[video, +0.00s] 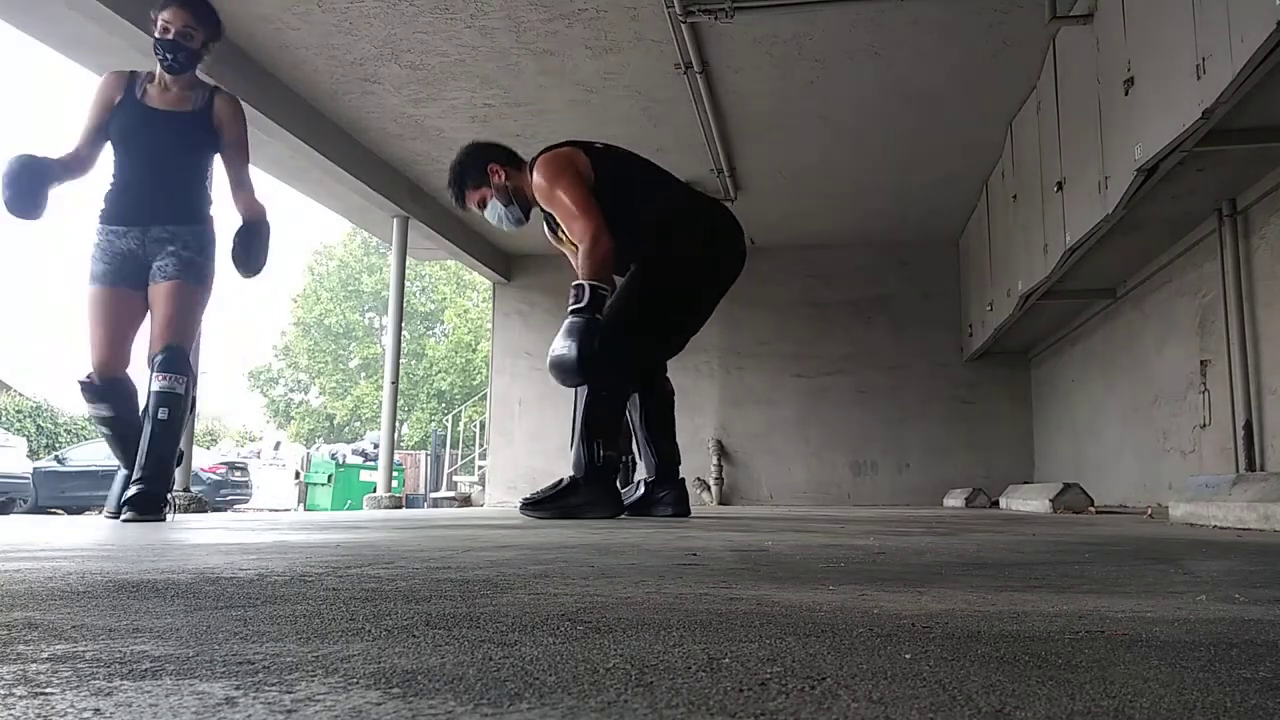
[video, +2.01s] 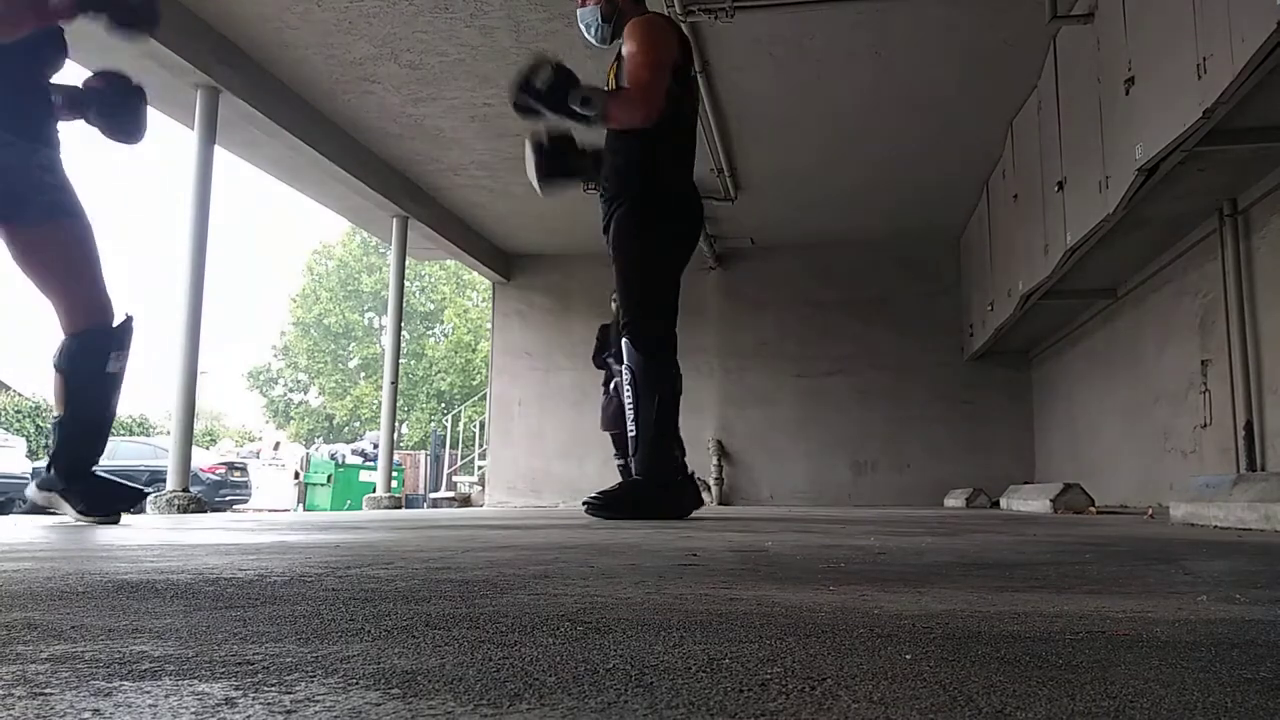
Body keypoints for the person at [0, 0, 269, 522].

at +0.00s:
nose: (172, 39)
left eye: (187, 33)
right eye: (166, 27)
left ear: (205, 45)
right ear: (153, 31)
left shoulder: (220, 105)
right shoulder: (119, 85)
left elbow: (241, 182)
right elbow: (81, 158)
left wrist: (255, 220)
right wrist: (44, 170)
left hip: (184, 237)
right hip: (118, 233)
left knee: (169, 361)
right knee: (103, 375)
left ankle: (151, 489)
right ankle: (138, 469)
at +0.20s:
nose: (149, 19)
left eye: (164, 12)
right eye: (142, 10)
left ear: (188, 23)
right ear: (132, 17)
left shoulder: (204, 84)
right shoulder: (107, 76)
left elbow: (221, 160)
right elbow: (87, 151)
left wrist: (191, 168)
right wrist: (80, 136)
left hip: (171, 224)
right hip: (108, 221)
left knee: (161, 354)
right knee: (62, 347)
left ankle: (150, 487)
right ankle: (81, 475)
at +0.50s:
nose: (108, 10)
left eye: (121, 4)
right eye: (100, 3)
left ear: (138, 9)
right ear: (83, 6)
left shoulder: (158, 67)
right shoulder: (47, 54)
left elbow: (195, 149)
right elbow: (14, 135)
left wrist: (160, 147)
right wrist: (34, 108)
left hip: (133, 216)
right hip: (59, 211)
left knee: (133, 354)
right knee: (17, 346)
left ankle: (146, 489)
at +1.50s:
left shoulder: (151, 31)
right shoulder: (29, 5)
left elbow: (147, 132)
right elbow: (1, 52)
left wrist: (157, 115)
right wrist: (26, 71)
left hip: (101, 176)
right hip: (20, 158)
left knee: (84, 337)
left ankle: (63, 484)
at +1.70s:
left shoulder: (114, 15)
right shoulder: (22, 10)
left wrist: (132, 101)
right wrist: (8, 43)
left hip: (82, 158)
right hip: (13, 145)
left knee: (78, 323)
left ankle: (64, 483)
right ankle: (62, 482)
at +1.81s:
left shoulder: (83, 17)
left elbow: (151, 100)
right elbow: (150, 99)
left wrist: (74, 108)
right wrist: (80, 107)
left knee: (73, 325)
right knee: (73, 323)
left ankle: (63, 485)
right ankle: (64, 485)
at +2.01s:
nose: (71, 13)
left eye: (73, 14)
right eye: (70, 11)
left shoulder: (38, 25)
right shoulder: (25, 13)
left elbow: (20, 99)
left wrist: (84, 98)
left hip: (25, 150)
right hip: (18, 151)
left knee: (89, 317)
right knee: (89, 316)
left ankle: (68, 470)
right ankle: (70, 469)